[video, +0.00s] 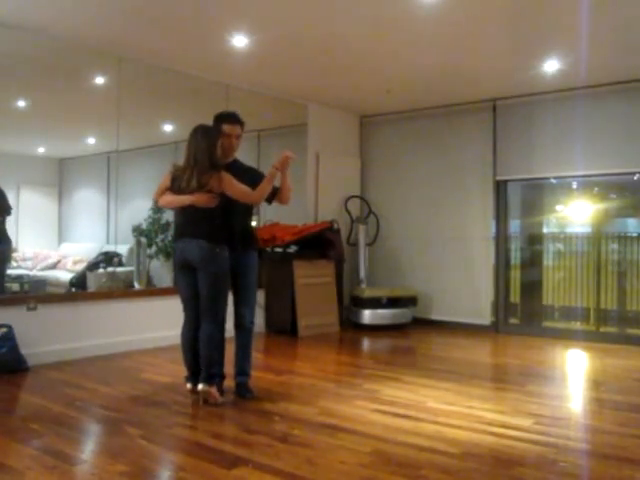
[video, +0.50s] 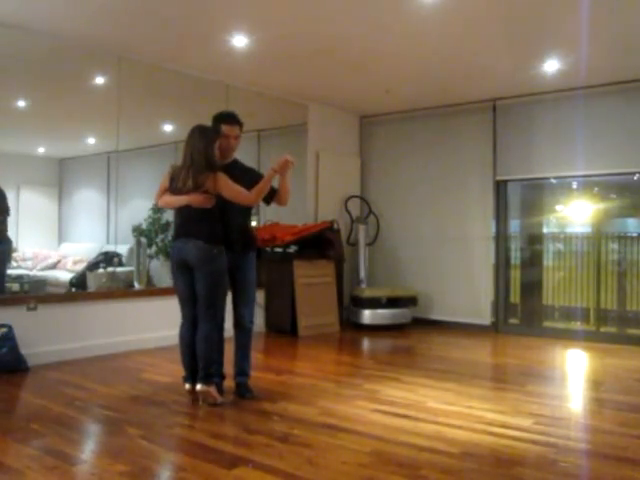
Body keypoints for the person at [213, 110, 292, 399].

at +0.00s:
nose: (231, 142)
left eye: (236, 137)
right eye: (226, 136)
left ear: (241, 139)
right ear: (214, 136)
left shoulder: (248, 173)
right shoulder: (203, 171)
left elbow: (283, 197)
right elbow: (163, 199)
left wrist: (284, 170)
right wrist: (193, 199)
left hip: (244, 248)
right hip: (214, 249)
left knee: (245, 318)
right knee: (213, 316)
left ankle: (242, 379)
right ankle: (214, 379)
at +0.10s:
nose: (229, 143)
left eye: (235, 137)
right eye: (224, 136)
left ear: (241, 139)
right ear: (213, 136)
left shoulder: (248, 173)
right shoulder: (202, 170)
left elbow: (283, 197)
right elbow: (162, 199)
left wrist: (282, 169)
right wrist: (191, 198)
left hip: (244, 248)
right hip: (213, 249)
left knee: (245, 318)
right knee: (213, 316)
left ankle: (242, 379)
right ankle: (214, 379)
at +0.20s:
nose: (230, 143)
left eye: (236, 138)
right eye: (225, 137)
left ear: (241, 139)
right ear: (213, 137)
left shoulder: (247, 173)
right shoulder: (202, 170)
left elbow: (282, 198)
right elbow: (162, 199)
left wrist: (281, 168)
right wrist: (191, 198)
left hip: (244, 247)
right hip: (213, 248)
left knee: (245, 318)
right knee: (212, 315)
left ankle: (242, 379)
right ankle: (213, 378)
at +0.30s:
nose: (230, 143)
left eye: (235, 137)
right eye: (225, 136)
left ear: (240, 139)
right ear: (213, 137)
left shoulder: (247, 173)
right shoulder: (203, 171)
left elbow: (282, 198)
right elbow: (163, 199)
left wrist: (282, 171)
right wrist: (190, 199)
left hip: (243, 248)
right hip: (213, 249)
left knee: (245, 318)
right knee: (212, 316)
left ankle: (242, 379)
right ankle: (213, 379)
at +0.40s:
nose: (231, 143)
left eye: (235, 137)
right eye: (225, 136)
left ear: (240, 139)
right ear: (214, 137)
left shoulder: (248, 174)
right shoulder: (203, 171)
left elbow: (282, 199)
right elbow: (163, 199)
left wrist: (283, 173)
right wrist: (190, 199)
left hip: (243, 249)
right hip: (212, 250)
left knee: (244, 318)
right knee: (213, 316)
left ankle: (242, 379)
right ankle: (214, 379)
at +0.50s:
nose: (230, 143)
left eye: (235, 138)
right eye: (225, 136)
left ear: (240, 140)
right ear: (213, 137)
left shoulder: (247, 174)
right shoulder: (202, 171)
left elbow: (281, 199)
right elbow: (163, 199)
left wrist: (283, 174)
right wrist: (189, 199)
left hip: (243, 249)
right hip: (212, 250)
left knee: (244, 319)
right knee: (213, 317)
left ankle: (242, 379)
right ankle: (214, 379)